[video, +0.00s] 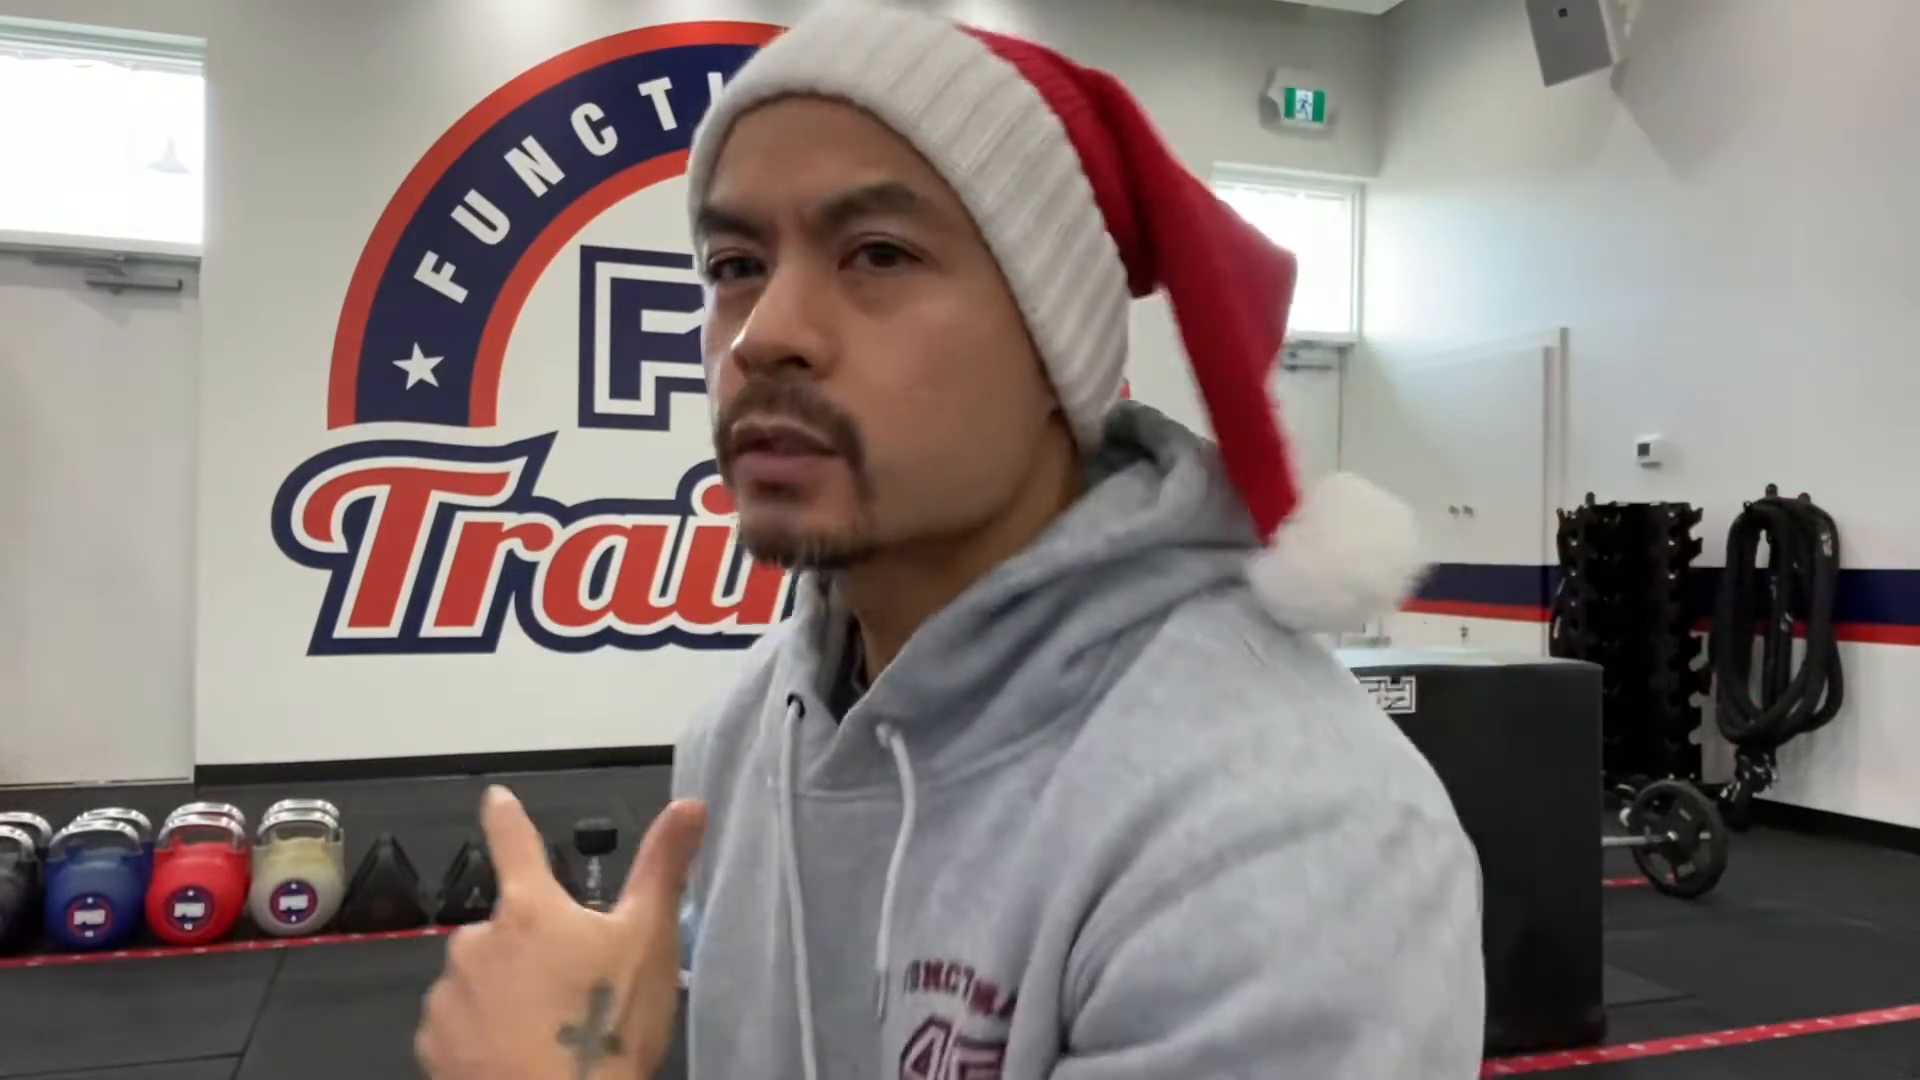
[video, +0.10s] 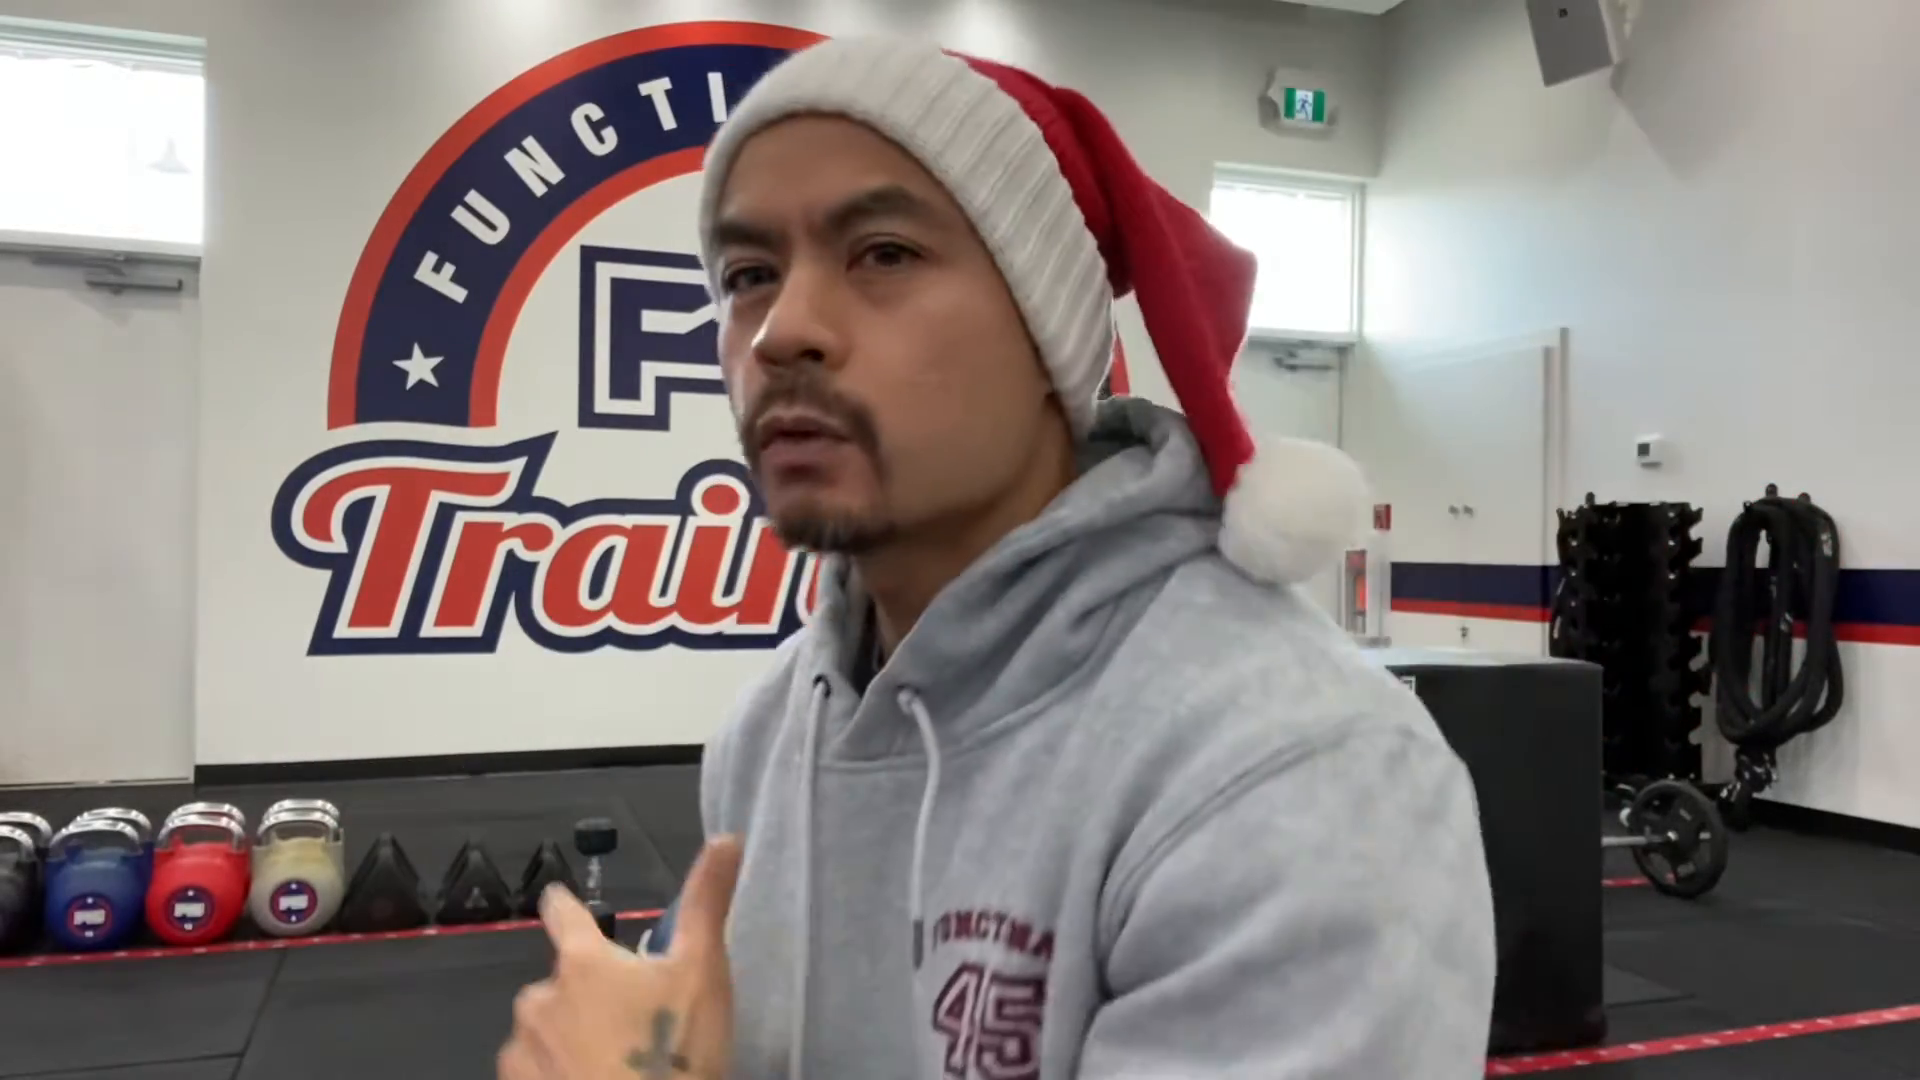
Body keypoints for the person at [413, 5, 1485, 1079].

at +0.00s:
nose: (767, 334)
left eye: (881, 256)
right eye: (738, 268)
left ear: (1082, 330)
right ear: (710, 304)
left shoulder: (1288, 831)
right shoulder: (737, 741)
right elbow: (663, 1053)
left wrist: (582, 1076)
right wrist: (589, 1057)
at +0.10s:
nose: (784, 331)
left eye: (884, 254)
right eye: (750, 275)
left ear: (1068, 313)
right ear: (725, 324)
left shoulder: (1305, 771)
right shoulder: (767, 741)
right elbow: (717, 1038)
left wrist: (671, 1066)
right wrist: (660, 1055)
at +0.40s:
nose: (881, 330)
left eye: (954, 272)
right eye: (839, 299)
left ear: (1098, 329)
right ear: (806, 367)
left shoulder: (1331, 667)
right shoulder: (824, 741)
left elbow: (1446, 1048)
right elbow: (848, 1056)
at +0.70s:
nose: (958, 348)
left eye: (1016, 300)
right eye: (913, 324)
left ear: (1136, 346)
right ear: (887, 400)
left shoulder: (1366, 627)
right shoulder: (857, 748)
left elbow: (1550, 1051)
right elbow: (863, 1057)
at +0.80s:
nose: (995, 348)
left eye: (1055, 303)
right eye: (948, 322)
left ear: (1159, 357)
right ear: (912, 395)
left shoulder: (1387, 627)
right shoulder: (858, 746)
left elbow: (1570, 1031)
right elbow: (854, 1060)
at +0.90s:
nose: (1029, 344)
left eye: (1089, 304)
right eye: (985, 317)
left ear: (1185, 359)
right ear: (944, 383)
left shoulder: (1402, 641)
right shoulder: (857, 733)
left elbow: (1577, 1020)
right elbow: (840, 1065)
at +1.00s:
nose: (1051, 343)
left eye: (1108, 306)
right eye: (1005, 314)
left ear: (1196, 366)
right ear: (960, 383)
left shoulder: (1403, 648)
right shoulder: (858, 718)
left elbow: (1561, 1017)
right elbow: (824, 1053)